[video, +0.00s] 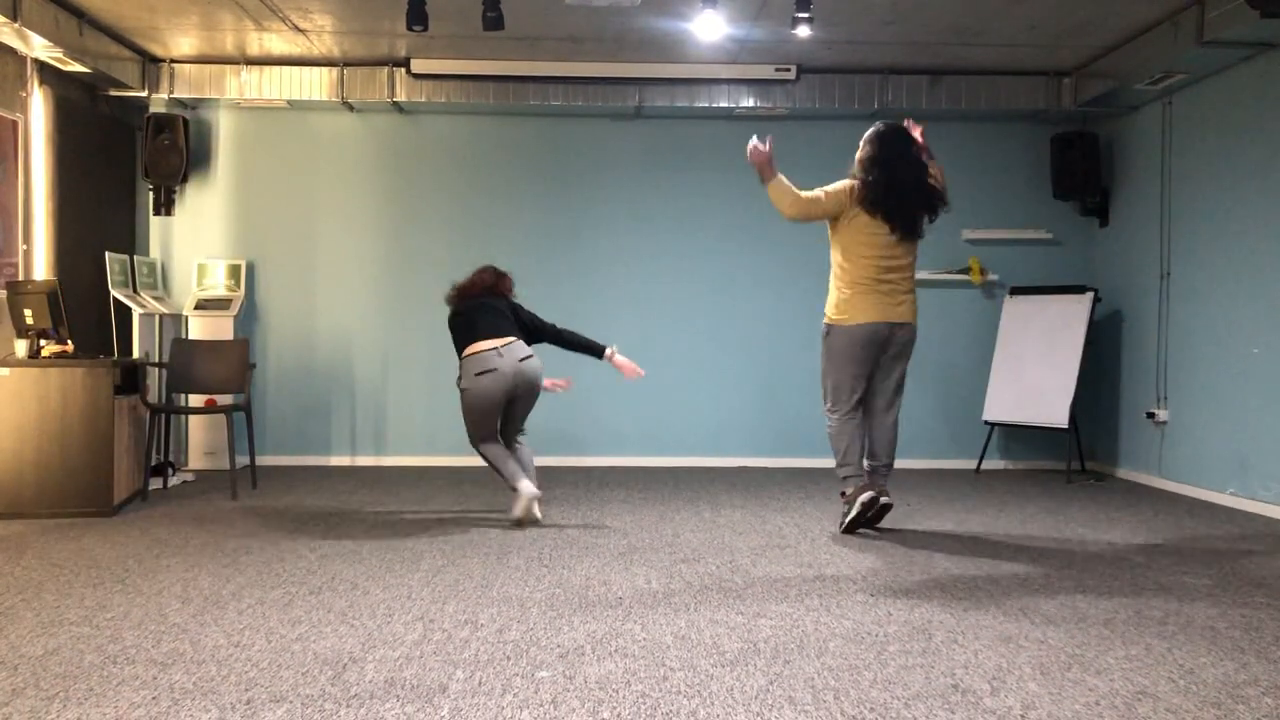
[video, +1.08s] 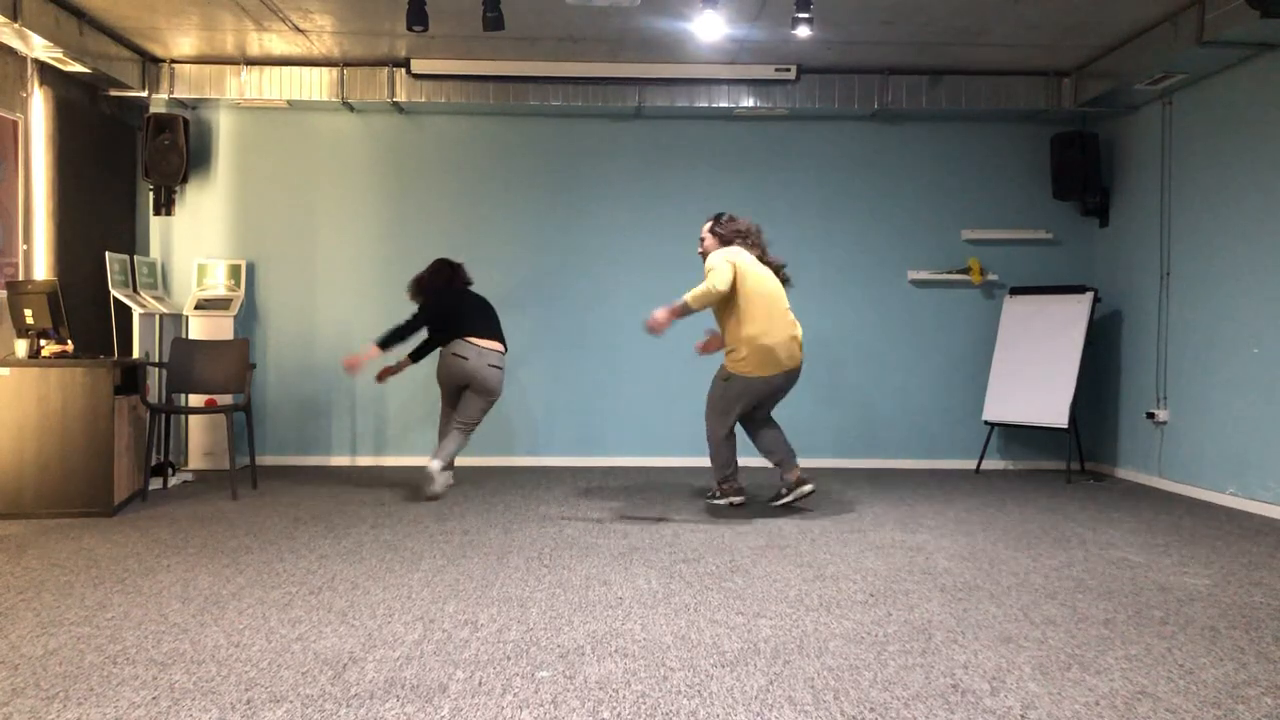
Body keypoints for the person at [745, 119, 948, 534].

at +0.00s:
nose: (856, 152)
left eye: (862, 148)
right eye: (861, 145)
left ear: (872, 158)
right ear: (905, 161)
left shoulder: (849, 194)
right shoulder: (913, 196)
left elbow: (795, 206)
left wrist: (767, 171)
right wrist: (923, 149)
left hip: (852, 320)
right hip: (901, 322)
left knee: (842, 409)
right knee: (885, 406)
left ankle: (856, 490)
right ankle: (877, 489)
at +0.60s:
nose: (812, 187)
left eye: (817, 183)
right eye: (817, 181)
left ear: (824, 194)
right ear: (856, 197)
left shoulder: (799, 226)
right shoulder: (860, 223)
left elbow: (747, 226)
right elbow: (885, 197)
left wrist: (731, 177)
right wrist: (884, 151)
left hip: (799, 337)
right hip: (845, 336)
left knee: (800, 415)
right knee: (842, 410)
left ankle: (832, 480)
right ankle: (869, 482)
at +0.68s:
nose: (799, 188)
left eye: (804, 184)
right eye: (803, 182)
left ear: (814, 196)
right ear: (839, 198)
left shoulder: (789, 227)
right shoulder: (847, 223)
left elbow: (741, 229)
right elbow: (870, 197)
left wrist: (720, 180)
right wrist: (869, 154)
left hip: (792, 343)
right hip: (839, 339)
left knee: (785, 417)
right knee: (843, 414)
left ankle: (823, 472)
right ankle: (874, 488)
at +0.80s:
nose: (762, 193)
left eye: (767, 189)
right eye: (766, 188)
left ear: (778, 203)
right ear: (797, 206)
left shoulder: (765, 232)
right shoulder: (809, 230)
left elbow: (731, 244)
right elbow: (816, 212)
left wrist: (699, 207)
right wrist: (811, 183)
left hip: (779, 346)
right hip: (823, 344)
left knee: (746, 403)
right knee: (826, 413)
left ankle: (771, 472)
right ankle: (865, 481)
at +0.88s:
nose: (737, 212)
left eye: (743, 206)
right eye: (740, 205)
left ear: (760, 212)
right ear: (776, 214)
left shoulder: (751, 238)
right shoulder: (792, 242)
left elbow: (725, 257)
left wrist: (684, 228)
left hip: (766, 355)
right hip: (810, 352)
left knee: (741, 415)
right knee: (810, 422)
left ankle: (733, 485)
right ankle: (854, 471)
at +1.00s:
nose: (708, 244)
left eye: (713, 236)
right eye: (709, 236)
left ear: (731, 236)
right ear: (742, 238)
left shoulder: (729, 260)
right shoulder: (765, 266)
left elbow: (712, 289)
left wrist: (661, 288)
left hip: (751, 365)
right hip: (791, 365)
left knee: (720, 421)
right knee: (766, 420)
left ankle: (730, 488)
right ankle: (807, 465)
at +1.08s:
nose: (699, 248)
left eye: (703, 240)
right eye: (700, 241)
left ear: (722, 236)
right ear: (735, 238)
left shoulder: (722, 256)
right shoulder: (759, 265)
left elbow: (718, 286)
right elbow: (763, 314)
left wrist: (672, 311)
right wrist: (724, 338)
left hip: (750, 361)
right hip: (789, 360)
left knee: (718, 416)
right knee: (754, 415)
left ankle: (728, 486)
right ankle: (793, 478)